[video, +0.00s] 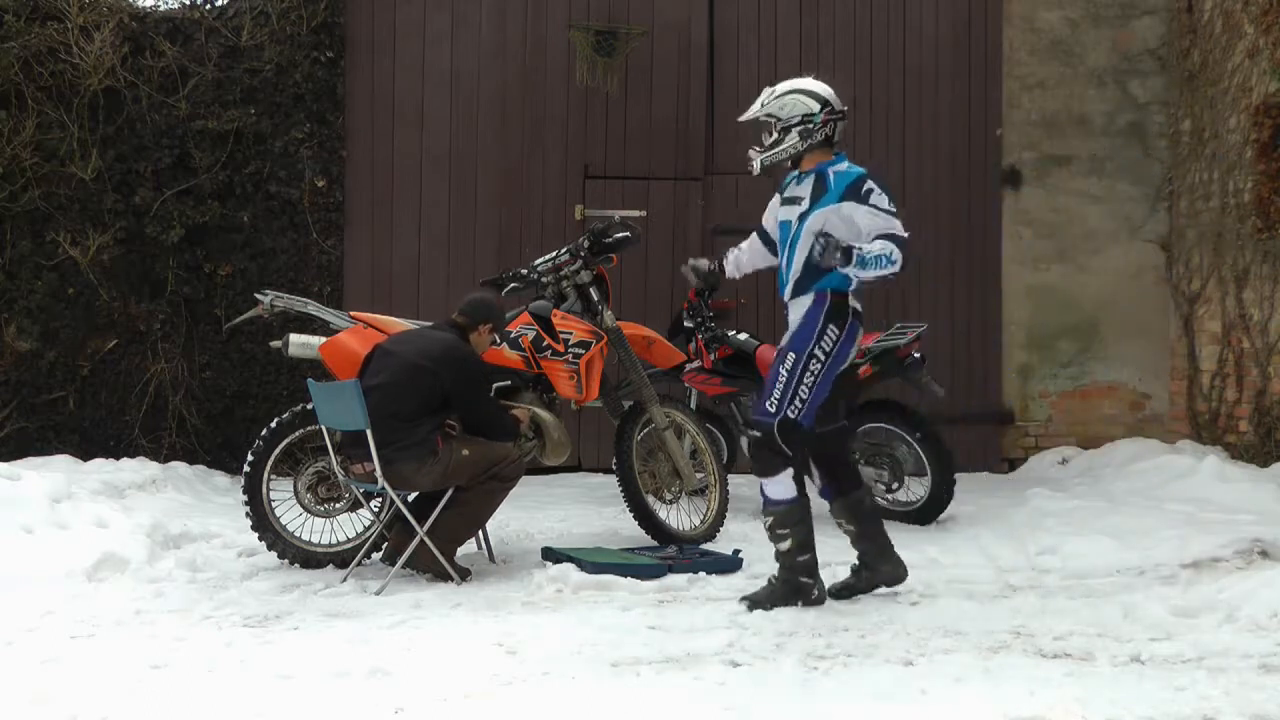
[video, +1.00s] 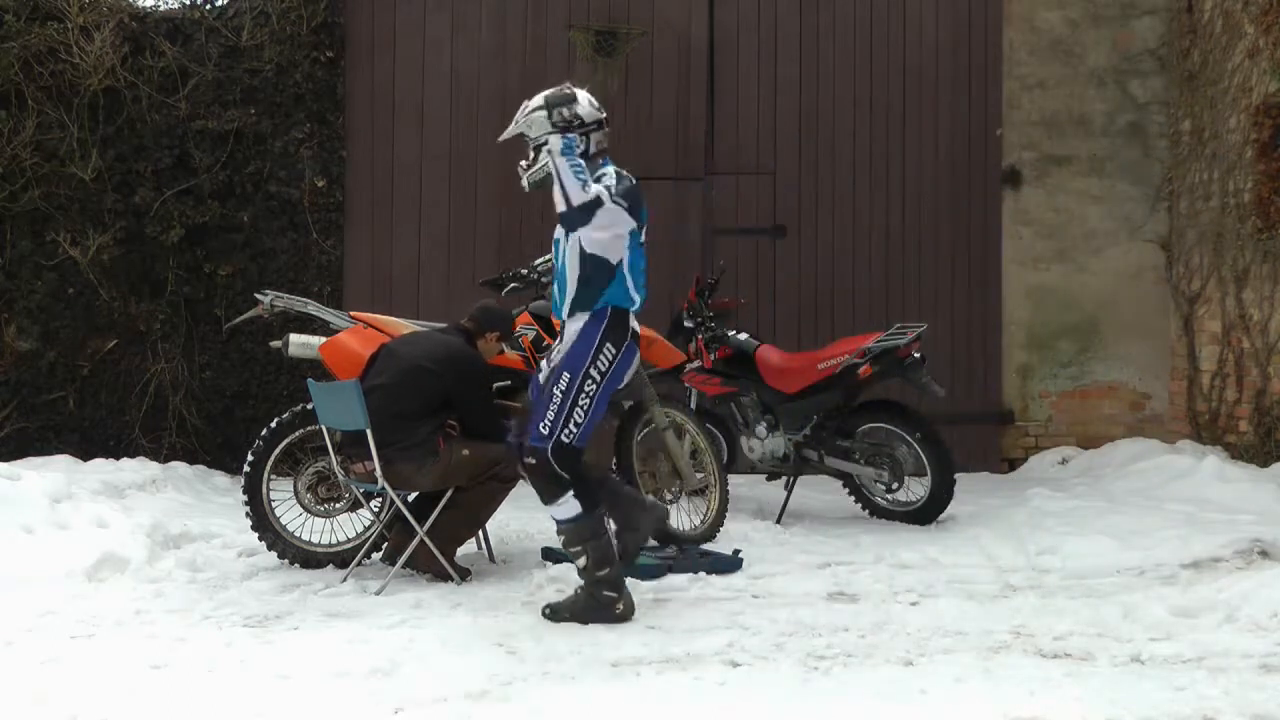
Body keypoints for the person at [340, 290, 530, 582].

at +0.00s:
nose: (491, 346)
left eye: (494, 339)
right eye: (493, 337)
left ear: (458, 318)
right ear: (483, 329)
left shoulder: (404, 337)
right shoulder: (462, 358)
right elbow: (489, 427)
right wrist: (515, 419)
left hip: (357, 456)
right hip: (400, 461)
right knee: (508, 464)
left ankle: (402, 543)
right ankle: (435, 550)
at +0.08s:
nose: (491, 346)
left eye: (494, 339)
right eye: (493, 337)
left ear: (458, 317)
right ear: (483, 329)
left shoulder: (404, 337)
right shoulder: (462, 358)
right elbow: (489, 426)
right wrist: (515, 418)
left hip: (357, 456)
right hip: (400, 462)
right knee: (508, 463)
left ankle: (402, 543)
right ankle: (435, 551)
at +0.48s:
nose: (491, 346)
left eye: (494, 339)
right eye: (493, 338)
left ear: (458, 318)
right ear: (482, 329)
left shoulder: (405, 337)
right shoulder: (462, 358)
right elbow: (492, 430)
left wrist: (491, 410)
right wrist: (516, 422)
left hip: (357, 455)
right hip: (400, 461)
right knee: (508, 464)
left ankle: (402, 543)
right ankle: (435, 550)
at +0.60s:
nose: (492, 347)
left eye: (495, 341)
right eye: (494, 340)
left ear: (461, 318)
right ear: (484, 331)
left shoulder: (406, 338)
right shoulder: (463, 359)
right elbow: (481, 424)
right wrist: (514, 428)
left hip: (357, 455)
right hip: (399, 461)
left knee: (466, 453)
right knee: (508, 464)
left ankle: (402, 542)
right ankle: (435, 551)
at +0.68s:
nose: (493, 347)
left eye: (496, 341)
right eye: (495, 339)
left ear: (460, 319)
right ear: (483, 332)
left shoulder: (408, 338)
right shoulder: (466, 362)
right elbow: (478, 427)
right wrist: (516, 433)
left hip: (359, 452)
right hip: (399, 462)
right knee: (508, 463)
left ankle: (403, 541)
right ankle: (435, 551)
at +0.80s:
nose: (495, 352)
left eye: (499, 346)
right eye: (497, 344)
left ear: (464, 320)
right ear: (486, 334)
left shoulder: (406, 339)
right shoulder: (467, 363)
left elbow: (366, 392)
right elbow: (480, 427)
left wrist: (434, 424)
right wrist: (518, 441)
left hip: (359, 453)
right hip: (398, 462)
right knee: (508, 463)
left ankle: (403, 543)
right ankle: (435, 551)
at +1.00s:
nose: (499, 352)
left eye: (502, 345)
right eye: (501, 344)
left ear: (467, 323)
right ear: (490, 337)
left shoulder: (412, 339)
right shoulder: (468, 362)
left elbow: (366, 388)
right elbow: (486, 430)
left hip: (360, 453)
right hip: (399, 463)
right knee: (504, 463)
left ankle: (403, 543)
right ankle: (435, 552)